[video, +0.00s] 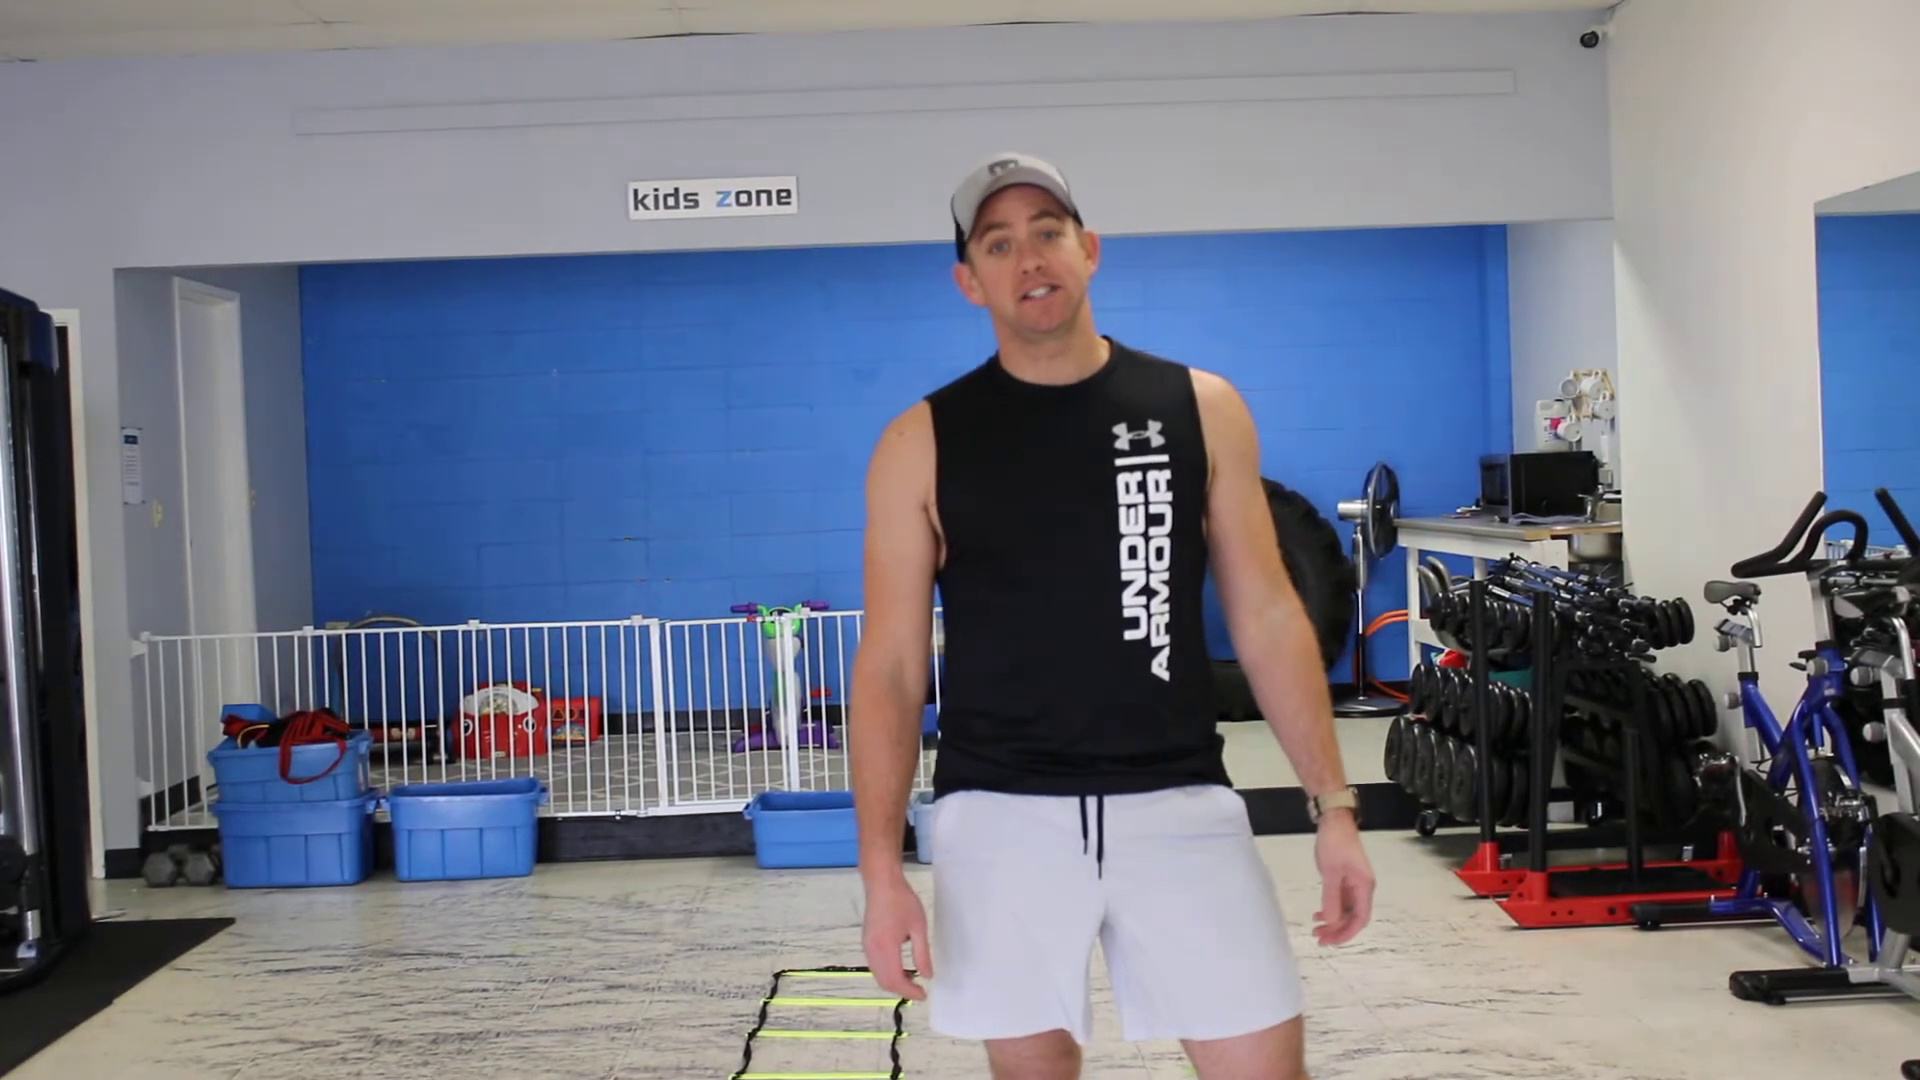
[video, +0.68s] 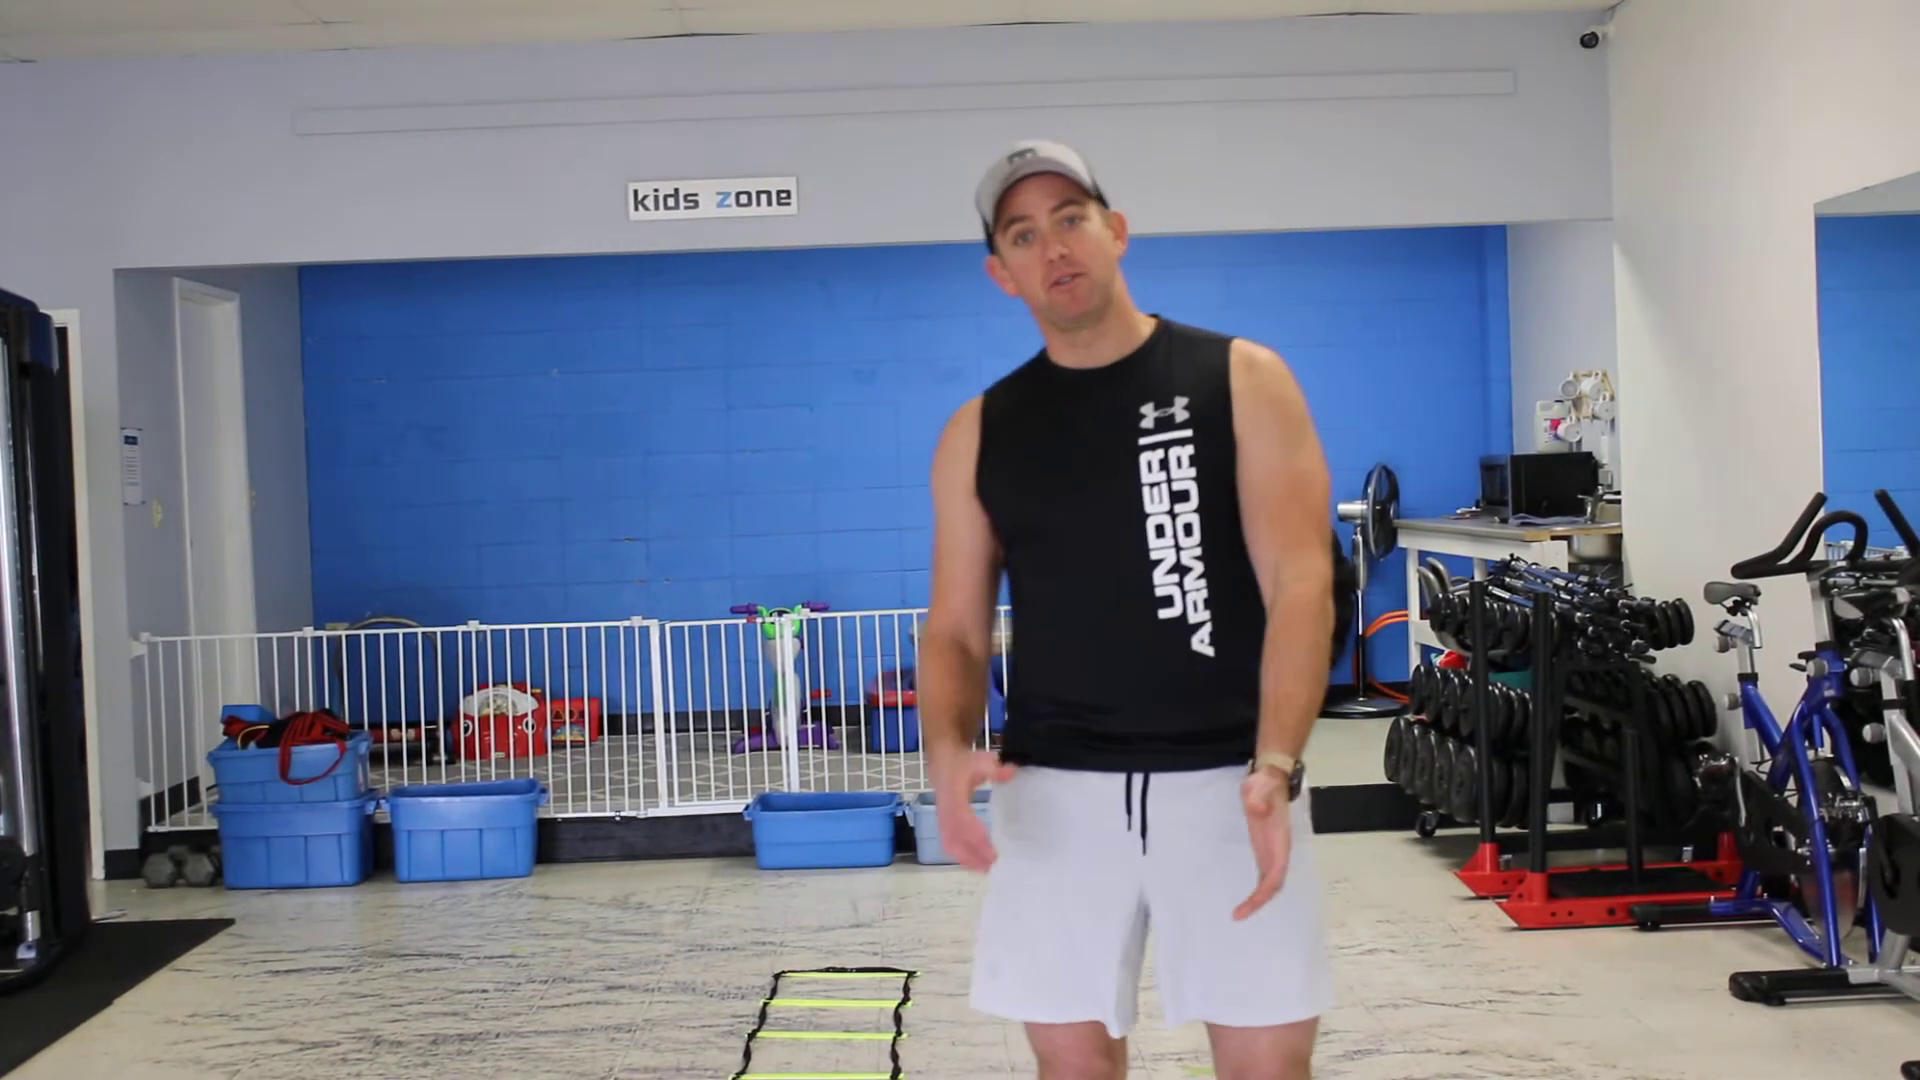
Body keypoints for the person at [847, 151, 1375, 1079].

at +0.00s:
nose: (1031, 256)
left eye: (1050, 232)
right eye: (1000, 243)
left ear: (1089, 252)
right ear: (971, 281)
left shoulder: (1203, 410)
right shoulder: (921, 444)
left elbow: (1266, 615)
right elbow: (891, 669)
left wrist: (1334, 811)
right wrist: (881, 868)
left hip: (1182, 812)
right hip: (999, 825)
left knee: (1266, 1064)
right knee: (1034, 1065)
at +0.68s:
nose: (1054, 244)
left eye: (1071, 218)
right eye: (1024, 234)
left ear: (1117, 230)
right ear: (1004, 273)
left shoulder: (1242, 382)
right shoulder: (977, 434)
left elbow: (1299, 581)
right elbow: (955, 629)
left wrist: (1277, 761)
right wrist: (948, 746)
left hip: (1233, 795)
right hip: (1053, 806)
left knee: (1266, 1066)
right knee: (1072, 1065)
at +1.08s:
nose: (1053, 295)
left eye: (1058, 267)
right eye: (1047, 272)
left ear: (1120, 253)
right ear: (1119, 257)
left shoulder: (1291, 387)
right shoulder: (1101, 406)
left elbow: (1316, 620)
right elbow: (1096, 591)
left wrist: (1218, 786)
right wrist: (1016, 712)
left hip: (1264, 801)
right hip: (1110, 788)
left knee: (1275, 1063)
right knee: (1109, 1060)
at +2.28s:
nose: (1075, 243)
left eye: (1092, 217)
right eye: (1044, 231)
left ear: (1132, 229)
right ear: (1016, 270)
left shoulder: (1252, 382)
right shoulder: (992, 409)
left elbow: (1322, 586)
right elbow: (946, 570)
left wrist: (1254, 692)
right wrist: (874, 710)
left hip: (1231, 790)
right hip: (1054, 798)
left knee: (1273, 1066)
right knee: (1070, 1065)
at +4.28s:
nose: (1137, 253)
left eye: (1163, 228)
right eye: (1113, 229)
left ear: (1201, 247)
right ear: (1078, 248)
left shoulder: (1287, 393)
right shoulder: (1010, 401)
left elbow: (1355, 556)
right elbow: (938, 569)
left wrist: (1327, 611)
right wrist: (928, 635)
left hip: (1241, 775)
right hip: (1065, 781)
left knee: (1259, 1054)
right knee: (1057, 1058)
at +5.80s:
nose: (1085, 337)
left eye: (1108, 309)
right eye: (1060, 313)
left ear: (1147, 316)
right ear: (1026, 329)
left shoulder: (1239, 448)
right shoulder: (973, 462)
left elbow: (1322, 641)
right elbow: (919, 625)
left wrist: (1243, 628)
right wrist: (928, 755)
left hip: (1227, 799)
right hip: (1051, 807)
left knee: (1305, 1051)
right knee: (1036, 1061)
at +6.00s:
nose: (1072, 362)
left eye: (1095, 335)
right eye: (1046, 337)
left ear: (1135, 345)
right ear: (1014, 353)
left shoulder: (1227, 473)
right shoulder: (958, 485)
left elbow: (1317, 664)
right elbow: (924, 648)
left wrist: (1245, 653)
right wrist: (942, 814)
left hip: (1213, 809)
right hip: (1036, 815)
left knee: (1302, 1054)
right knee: (1027, 1064)